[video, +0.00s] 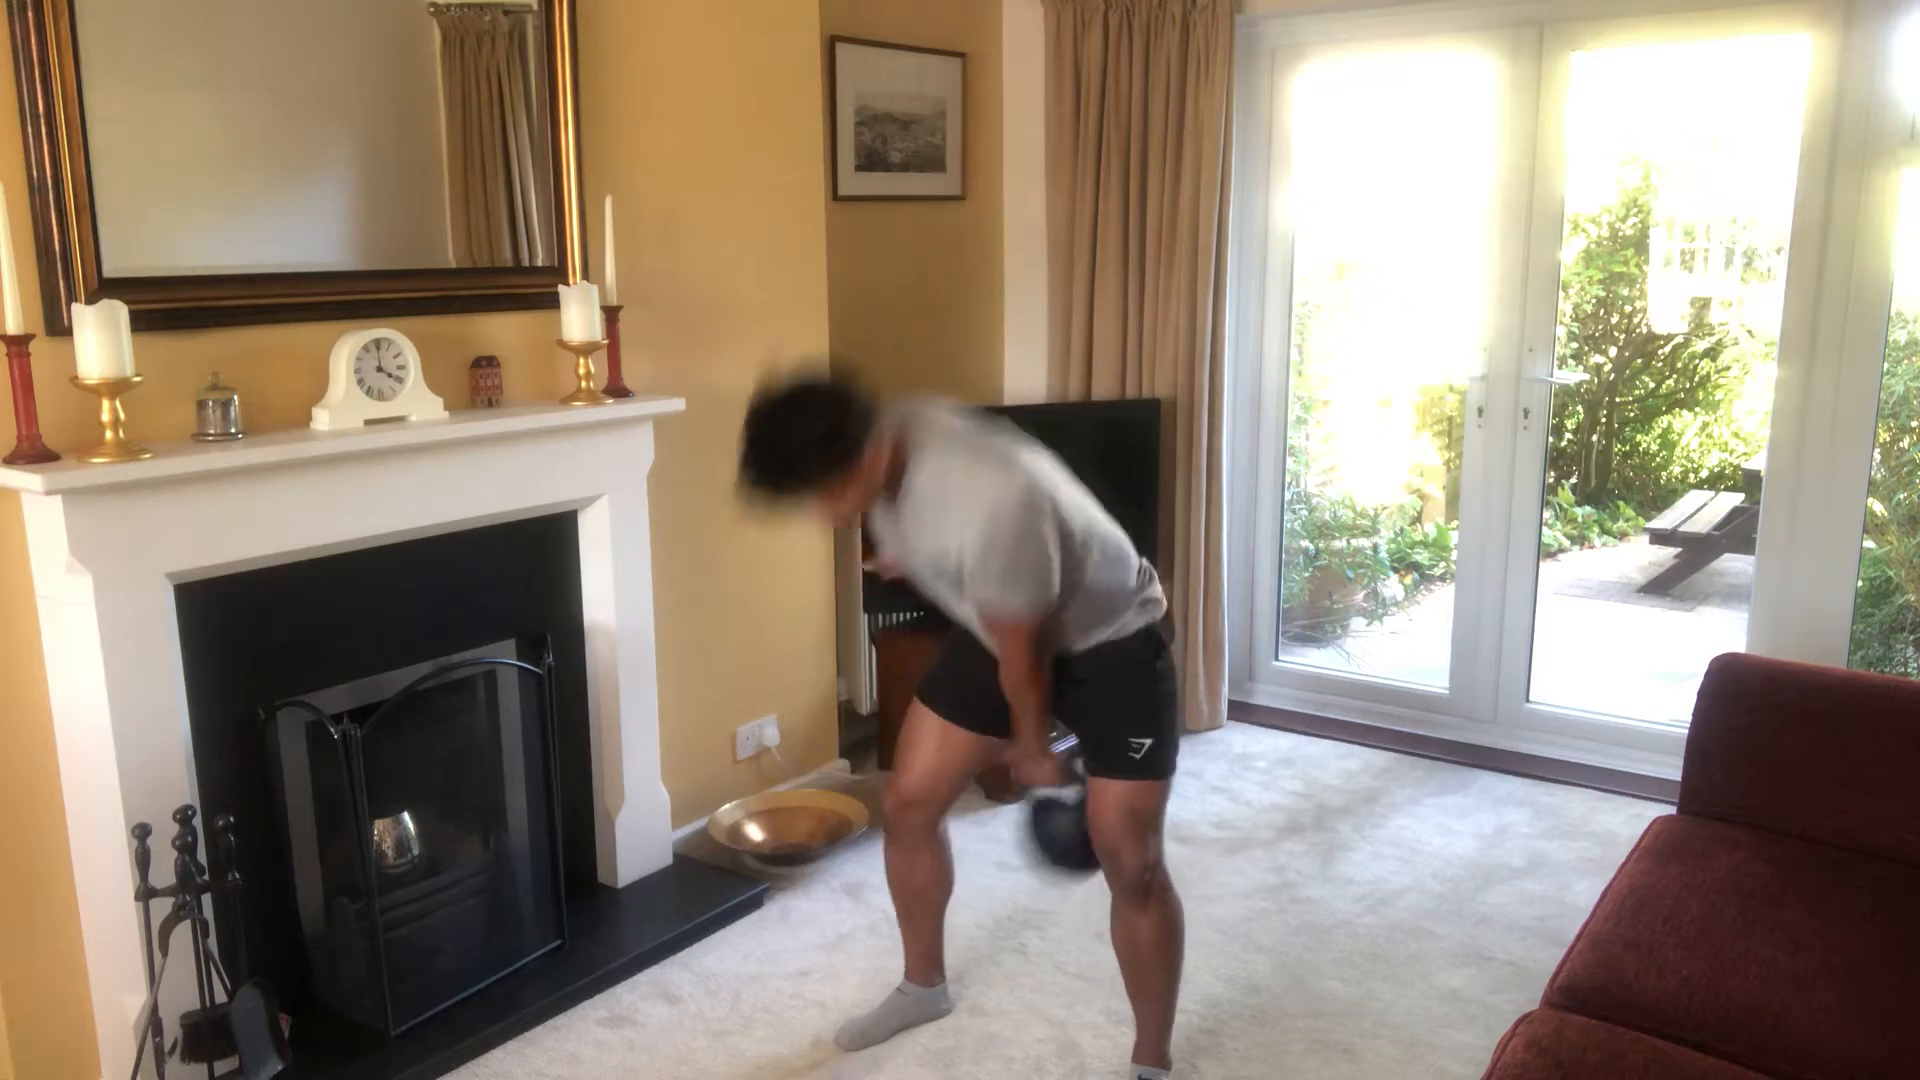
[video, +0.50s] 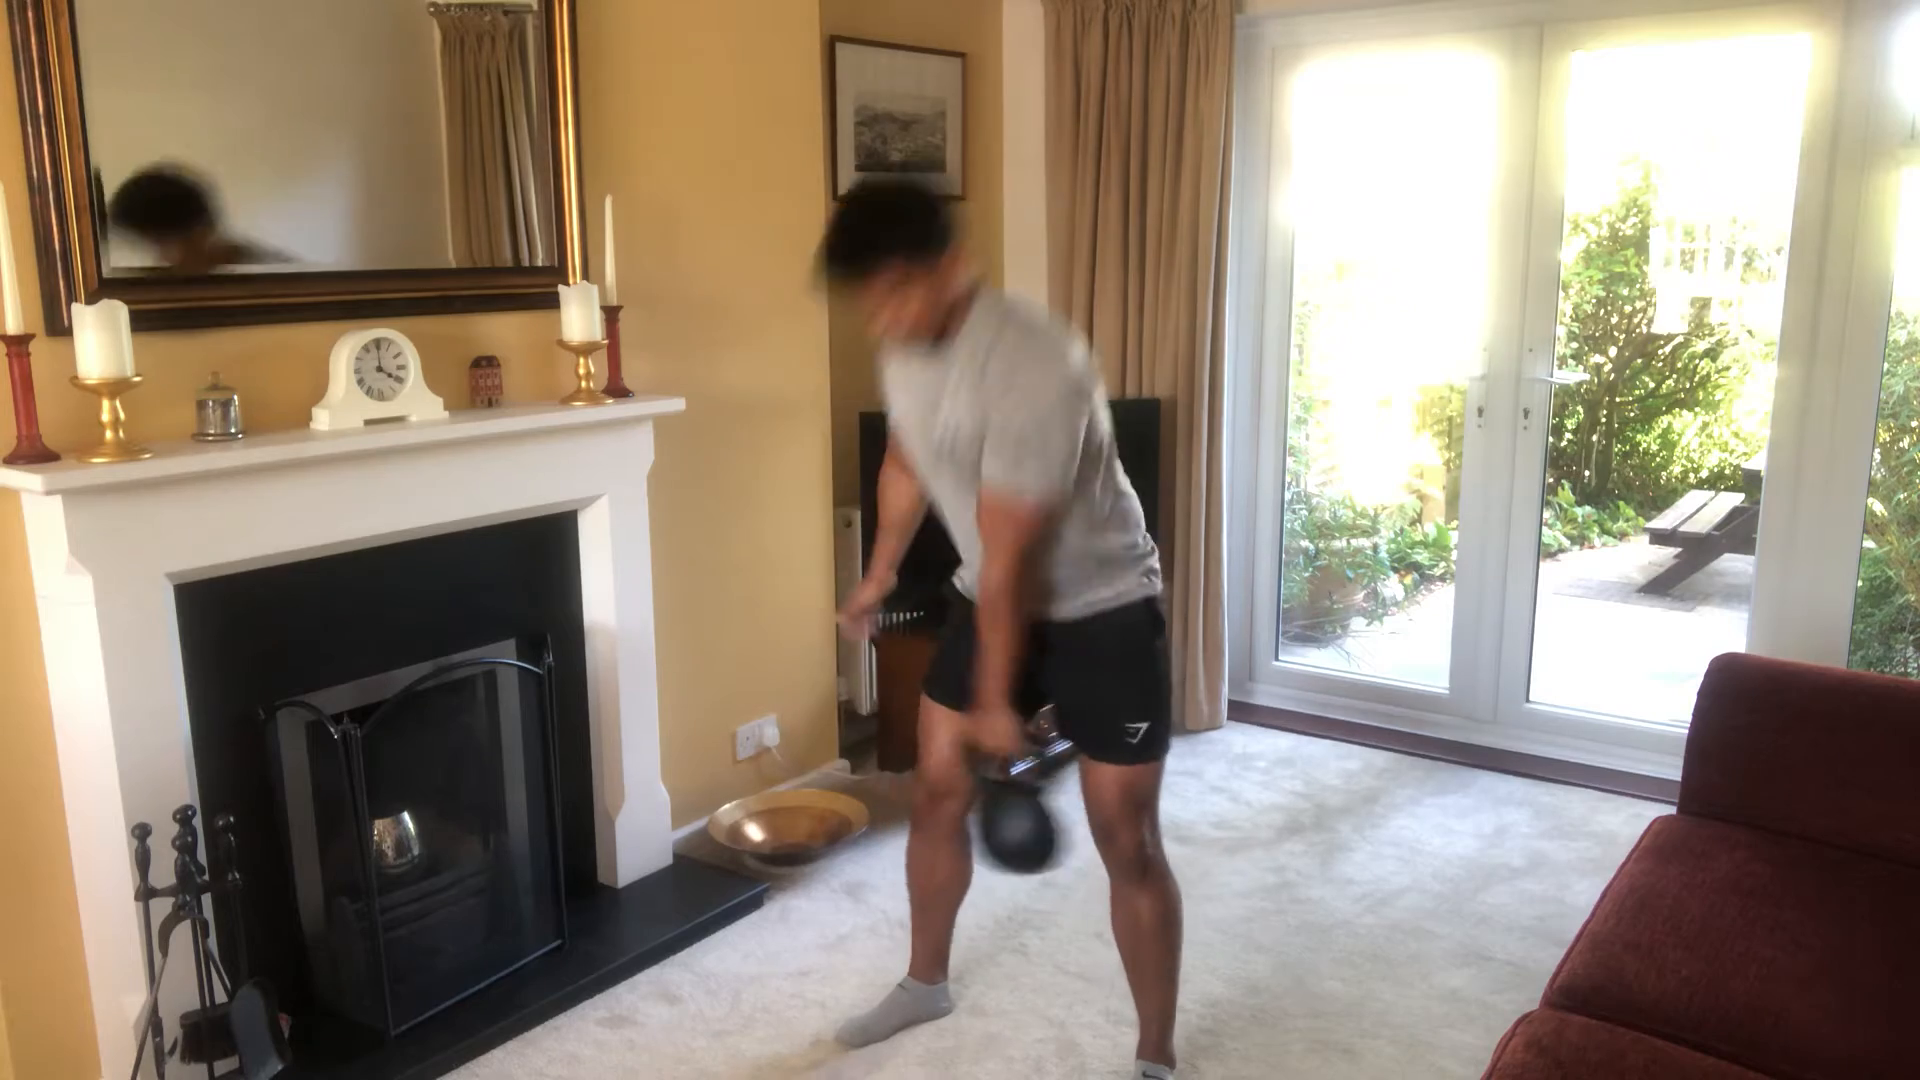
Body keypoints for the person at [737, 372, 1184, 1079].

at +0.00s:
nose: (823, 510)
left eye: (820, 493)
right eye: (810, 499)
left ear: (851, 461)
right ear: (852, 446)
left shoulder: (992, 499)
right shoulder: (887, 442)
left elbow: (1021, 654)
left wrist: (1034, 754)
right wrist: (906, 560)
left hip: (1110, 636)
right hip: (995, 626)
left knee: (1130, 861)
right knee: (909, 802)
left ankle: (1153, 1063)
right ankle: (924, 985)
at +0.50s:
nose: (878, 313)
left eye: (891, 289)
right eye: (867, 295)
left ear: (946, 266)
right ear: (865, 289)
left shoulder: (1037, 359)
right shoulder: (905, 350)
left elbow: (1011, 548)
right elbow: (908, 463)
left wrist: (995, 699)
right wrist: (881, 574)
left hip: (1100, 604)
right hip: (989, 598)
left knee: (1128, 840)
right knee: (937, 790)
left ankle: (1156, 1057)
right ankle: (926, 982)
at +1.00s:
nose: (982, 225)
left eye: (1001, 201)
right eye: (970, 207)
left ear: (1057, 199)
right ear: (965, 210)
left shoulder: (1110, 303)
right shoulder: (964, 322)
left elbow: (1012, 324)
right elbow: (939, 460)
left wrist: (865, 315)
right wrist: (881, 579)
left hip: (1073, 617)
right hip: (961, 610)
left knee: (1107, 837)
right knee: (953, 806)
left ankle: (1150, 1055)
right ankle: (927, 982)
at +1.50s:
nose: (867, 389)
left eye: (870, 371)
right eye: (855, 376)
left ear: (915, 333)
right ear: (863, 354)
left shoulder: (1025, 400)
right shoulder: (896, 383)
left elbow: (1001, 590)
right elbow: (913, 483)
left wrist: (958, 729)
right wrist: (883, 592)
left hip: (1101, 620)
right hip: (994, 611)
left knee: (1125, 852)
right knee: (917, 779)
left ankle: (1153, 1060)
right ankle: (924, 983)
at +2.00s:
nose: (821, 563)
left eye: (815, 544)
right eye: (807, 551)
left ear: (845, 509)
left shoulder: (976, 555)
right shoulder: (878, 458)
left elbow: (1041, 683)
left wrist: (1074, 752)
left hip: (1116, 628)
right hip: (1012, 620)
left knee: (1133, 857)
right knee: (908, 795)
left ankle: (1156, 1061)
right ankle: (923, 984)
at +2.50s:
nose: (990, 223)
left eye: (1007, 201)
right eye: (978, 206)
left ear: (1063, 198)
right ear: (972, 209)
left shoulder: (1110, 307)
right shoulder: (978, 319)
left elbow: (998, 362)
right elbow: (950, 448)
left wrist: (837, 382)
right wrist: (880, 547)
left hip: (1077, 614)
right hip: (967, 606)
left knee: (1111, 833)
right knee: (957, 800)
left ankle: (1152, 1051)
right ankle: (928, 981)